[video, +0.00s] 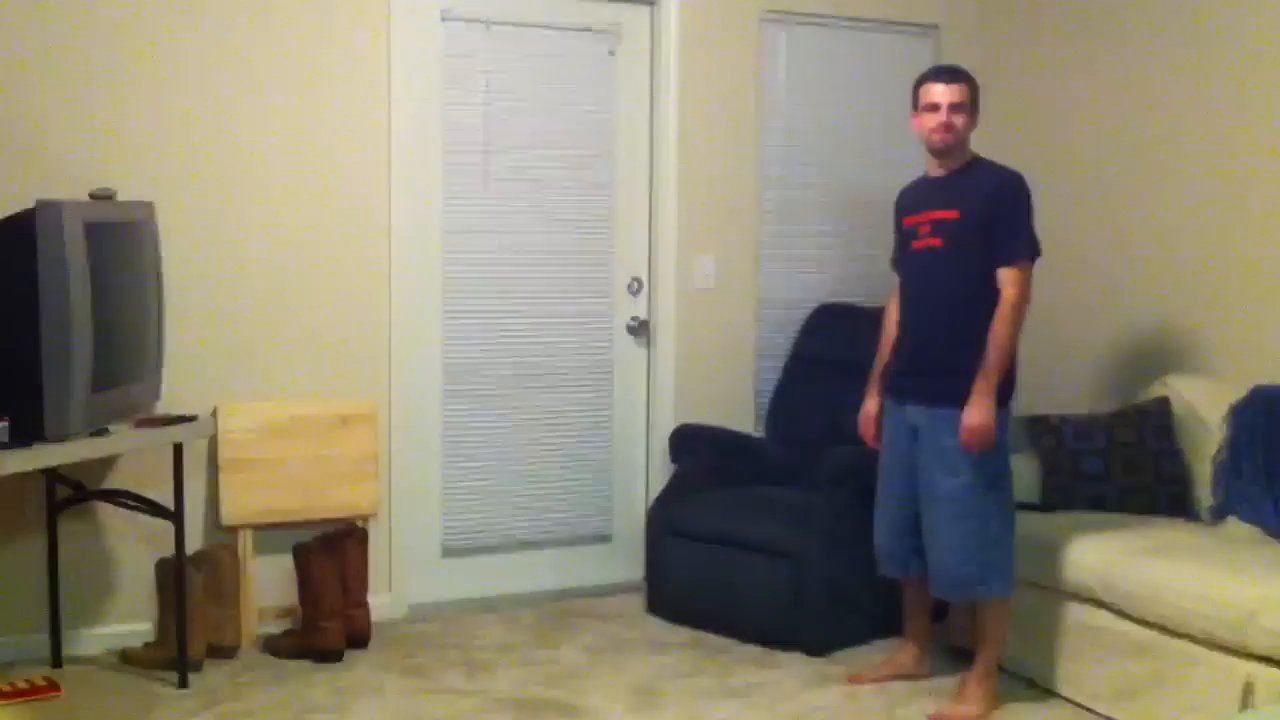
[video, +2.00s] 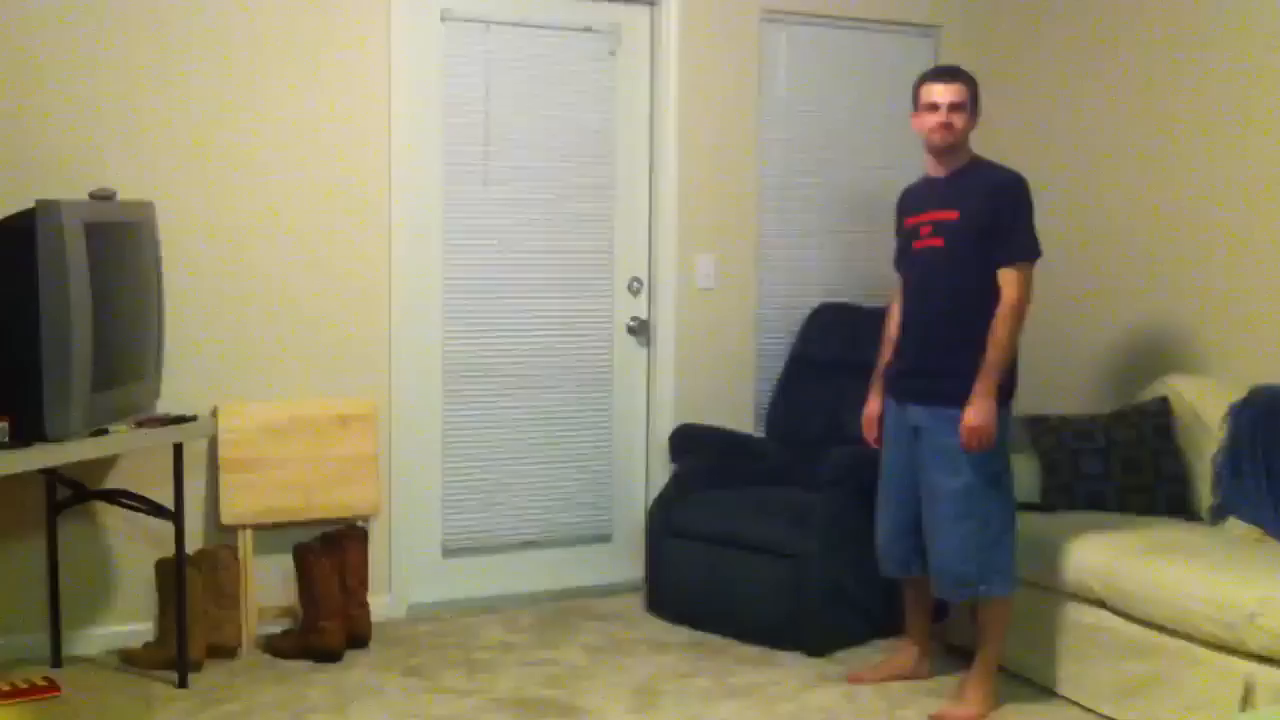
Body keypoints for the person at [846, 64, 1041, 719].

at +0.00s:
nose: (945, 119)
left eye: (958, 109)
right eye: (932, 109)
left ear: (974, 119)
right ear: (915, 120)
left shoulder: (1002, 188)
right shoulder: (909, 200)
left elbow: (1013, 295)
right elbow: (900, 298)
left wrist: (985, 394)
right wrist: (875, 388)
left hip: (966, 402)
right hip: (905, 398)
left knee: (979, 542)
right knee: (909, 530)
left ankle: (983, 677)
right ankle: (914, 651)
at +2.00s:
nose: (943, 118)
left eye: (956, 108)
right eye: (931, 108)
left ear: (974, 118)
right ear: (915, 119)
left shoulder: (1002, 188)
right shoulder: (911, 200)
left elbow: (1013, 299)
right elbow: (903, 300)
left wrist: (985, 395)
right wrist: (878, 388)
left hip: (966, 402)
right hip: (906, 398)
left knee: (983, 542)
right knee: (910, 529)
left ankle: (984, 676)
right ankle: (915, 650)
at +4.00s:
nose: (929, 118)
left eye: (941, 108)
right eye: (919, 110)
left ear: (967, 116)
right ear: (909, 121)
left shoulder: (1000, 189)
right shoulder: (909, 201)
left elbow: (1010, 298)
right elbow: (902, 299)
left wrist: (980, 397)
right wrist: (875, 388)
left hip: (963, 403)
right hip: (903, 399)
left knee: (978, 541)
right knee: (907, 529)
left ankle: (984, 676)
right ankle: (914, 650)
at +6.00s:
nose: (959, 124)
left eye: (972, 112)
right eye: (954, 114)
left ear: (1012, 112)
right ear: (955, 121)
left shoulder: (1051, 195)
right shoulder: (961, 200)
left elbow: (1057, 313)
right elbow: (951, 307)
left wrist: (1023, 412)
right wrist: (916, 391)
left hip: (1003, 417)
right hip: (940, 408)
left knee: (1001, 563)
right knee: (933, 544)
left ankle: (986, 688)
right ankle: (983, 650)